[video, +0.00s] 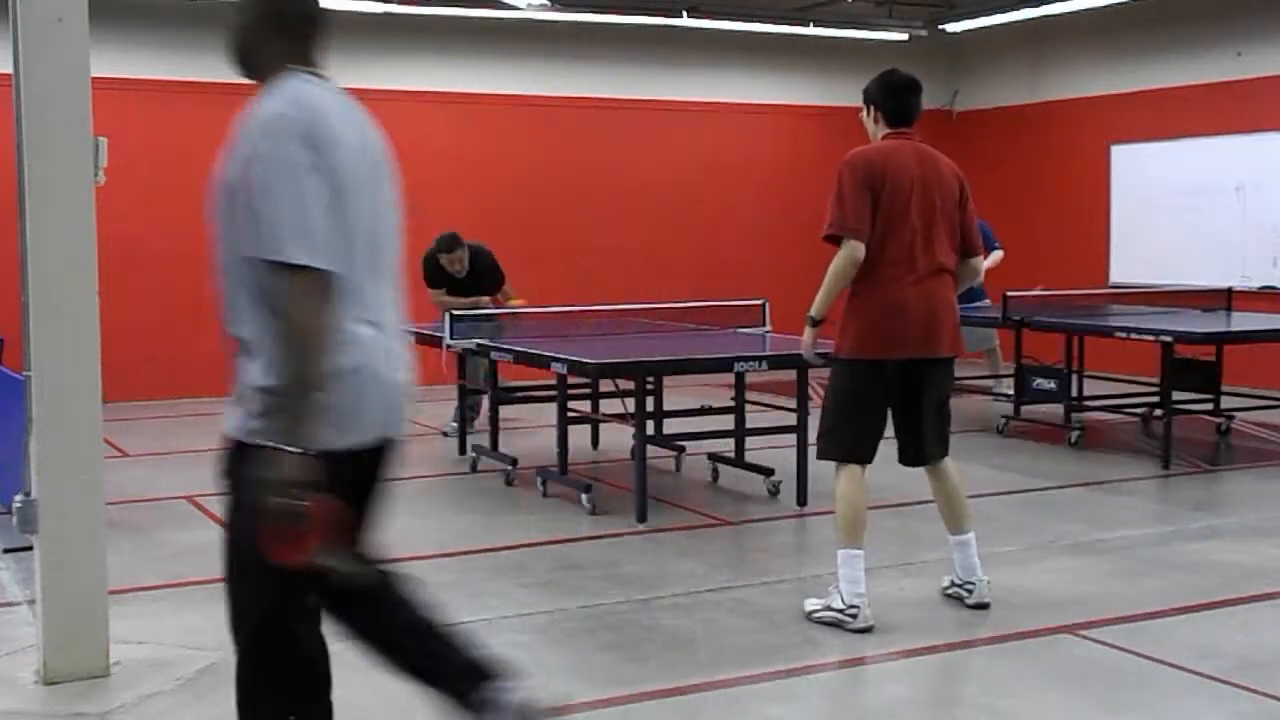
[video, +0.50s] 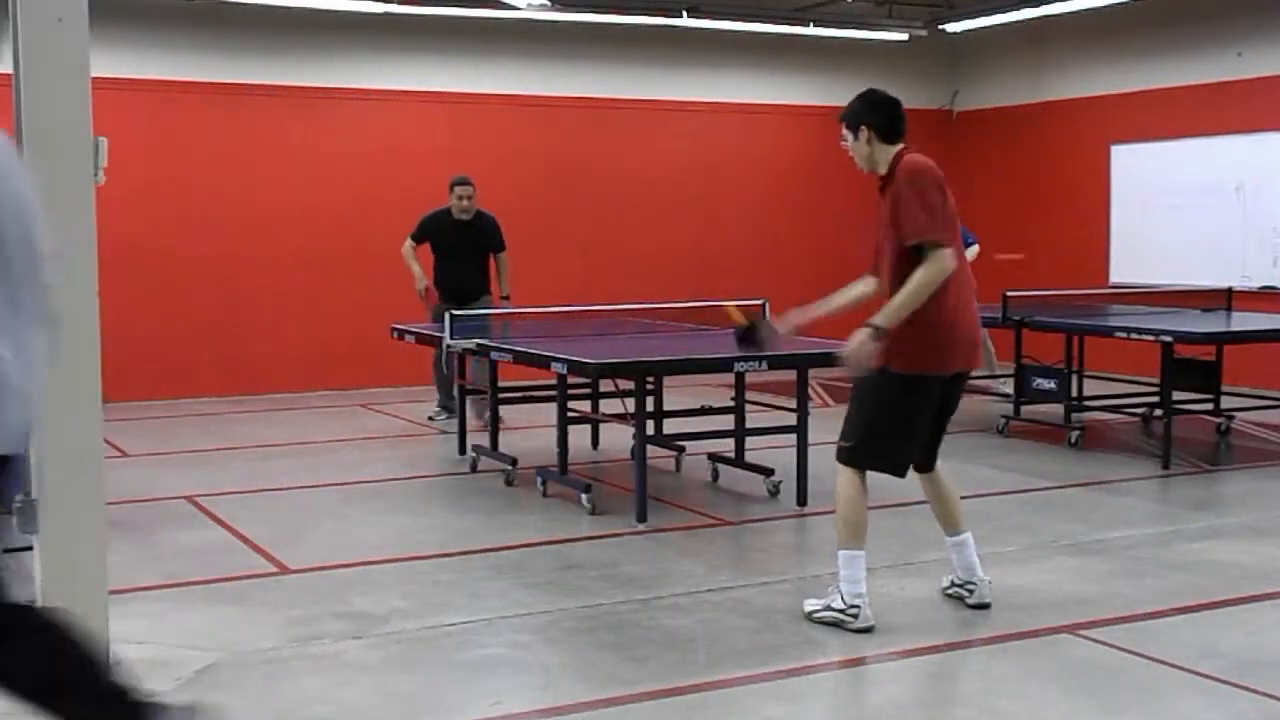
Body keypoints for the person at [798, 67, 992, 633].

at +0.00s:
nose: (862, 120)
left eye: (863, 112)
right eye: (865, 112)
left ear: (872, 114)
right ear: (916, 115)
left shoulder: (863, 163)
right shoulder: (948, 170)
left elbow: (852, 250)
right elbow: (974, 265)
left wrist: (813, 318)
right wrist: (930, 293)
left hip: (871, 336)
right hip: (935, 337)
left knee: (850, 462)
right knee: (935, 455)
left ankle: (851, 599)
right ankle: (970, 578)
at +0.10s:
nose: (863, 126)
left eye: (864, 118)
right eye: (865, 117)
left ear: (875, 120)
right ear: (917, 120)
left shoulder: (864, 169)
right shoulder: (949, 173)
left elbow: (853, 254)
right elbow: (972, 264)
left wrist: (812, 318)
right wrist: (936, 300)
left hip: (878, 339)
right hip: (942, 338)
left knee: (843, 463)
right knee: (940, 456)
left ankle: (851, 598)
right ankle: (971, 578)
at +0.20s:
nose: (856, 140)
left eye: (856, 131)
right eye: (856, 131)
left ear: (869, 129)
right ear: (910, 129)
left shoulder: (867, 177)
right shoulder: (945, 180)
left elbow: (861, 268)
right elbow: (965, 268)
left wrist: (811, 323)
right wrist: (930, 302)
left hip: (885, 344)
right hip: (948, 342)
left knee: (838, 463)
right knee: (937, 457)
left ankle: (850, 597)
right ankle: (971, 579)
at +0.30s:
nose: (848, 151)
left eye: (848, 141)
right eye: (847, 142)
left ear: (863, 137)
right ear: (898, 135)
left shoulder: (878, 182)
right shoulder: (931, 181)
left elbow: (883, 273)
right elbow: (969, 257)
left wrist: (817, 325)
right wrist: (932, 297)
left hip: (890, 353)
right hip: (946, 349)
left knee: (835, 463)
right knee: (928, 458)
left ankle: (849, 598)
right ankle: (969, 577)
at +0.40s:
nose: (844, 152)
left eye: (844, 141)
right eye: (843, 142)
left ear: (862, 137)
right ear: (891, 136)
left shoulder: (891, 180)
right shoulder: (924, 179)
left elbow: (911, 268)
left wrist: (834, 329)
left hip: (896, 354)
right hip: (947, 351)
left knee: (840, 465)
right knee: (925, 460)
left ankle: (850, 598)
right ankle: (970, 578)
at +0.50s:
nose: (849, 152)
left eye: (849, 141)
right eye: (846, 142)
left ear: (867, 134)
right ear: (885, 132)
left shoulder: (912, 172)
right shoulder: (900, 183)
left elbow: (943, 259)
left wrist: (877, 329)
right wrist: (804, 315)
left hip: (911, 351)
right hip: (951, 349)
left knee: (850, 461)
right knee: (923, 460)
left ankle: (850, 599)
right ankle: (972, 579)